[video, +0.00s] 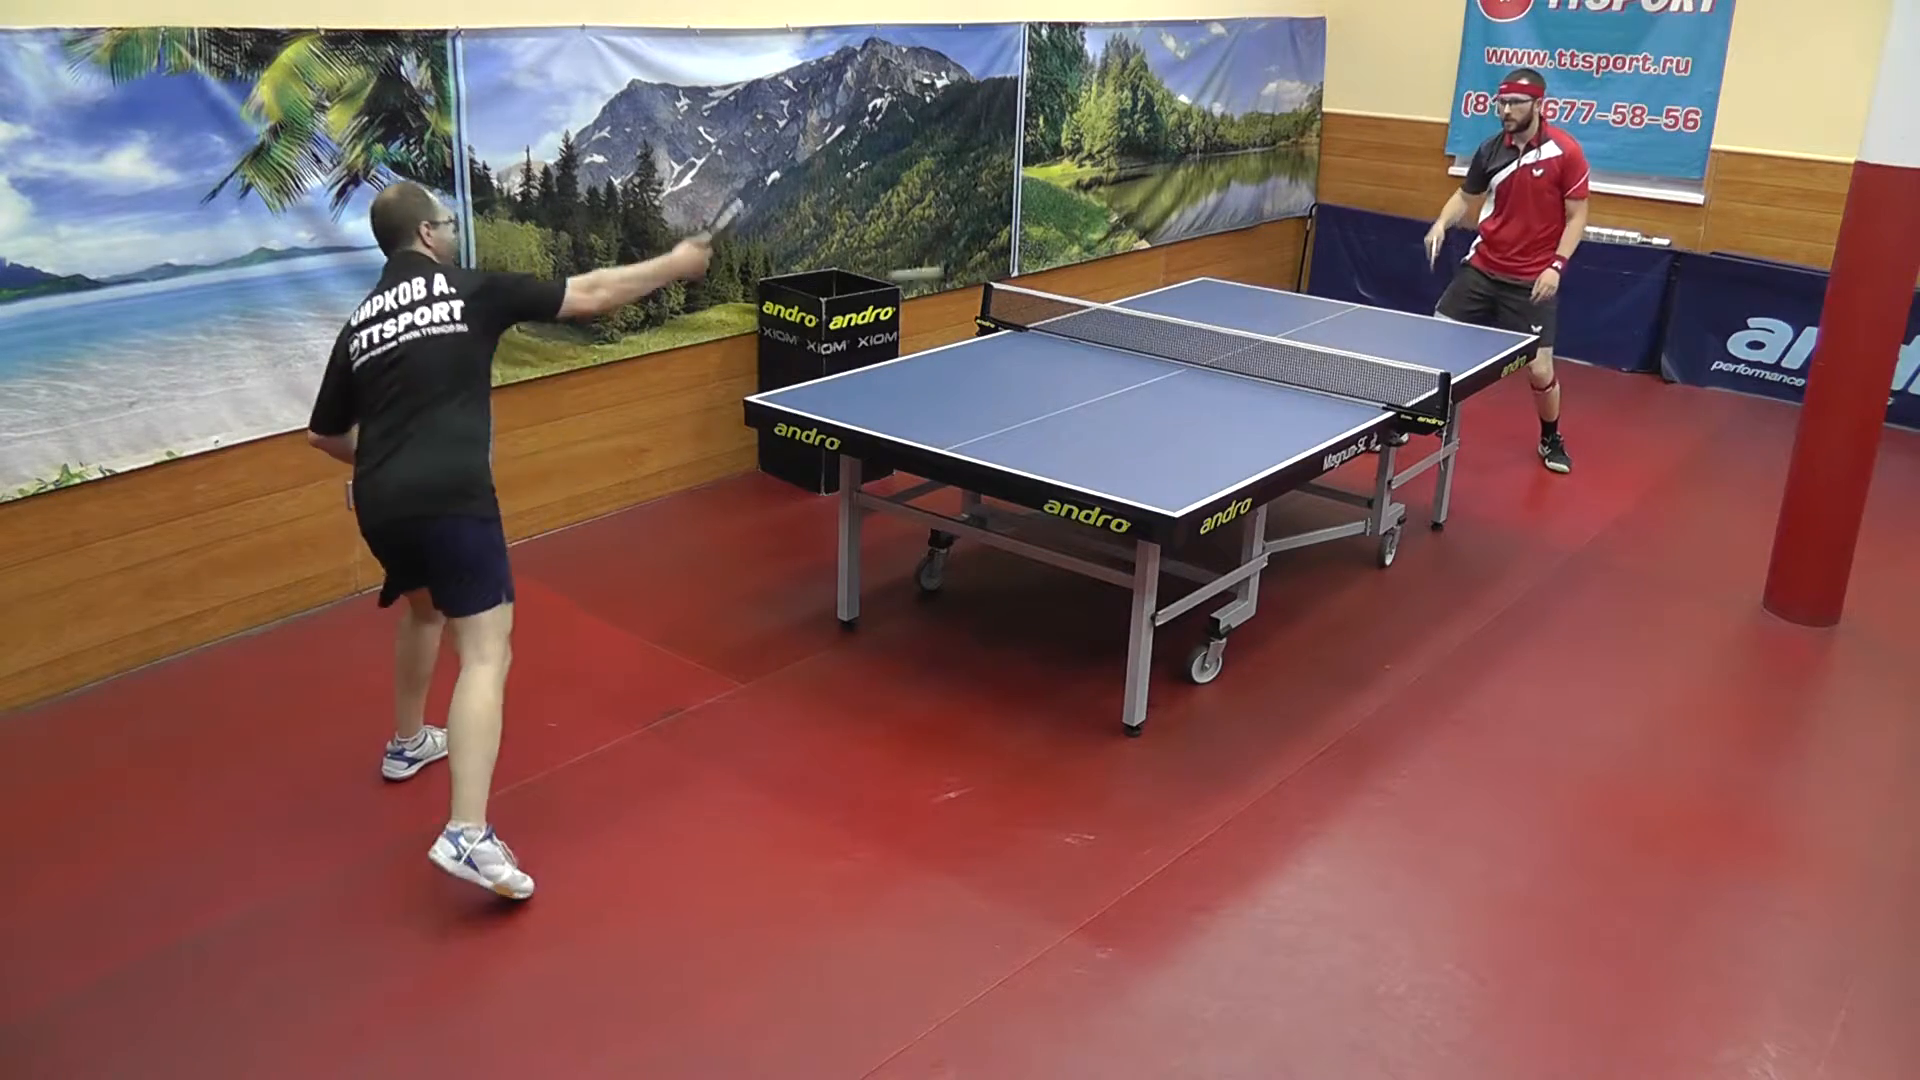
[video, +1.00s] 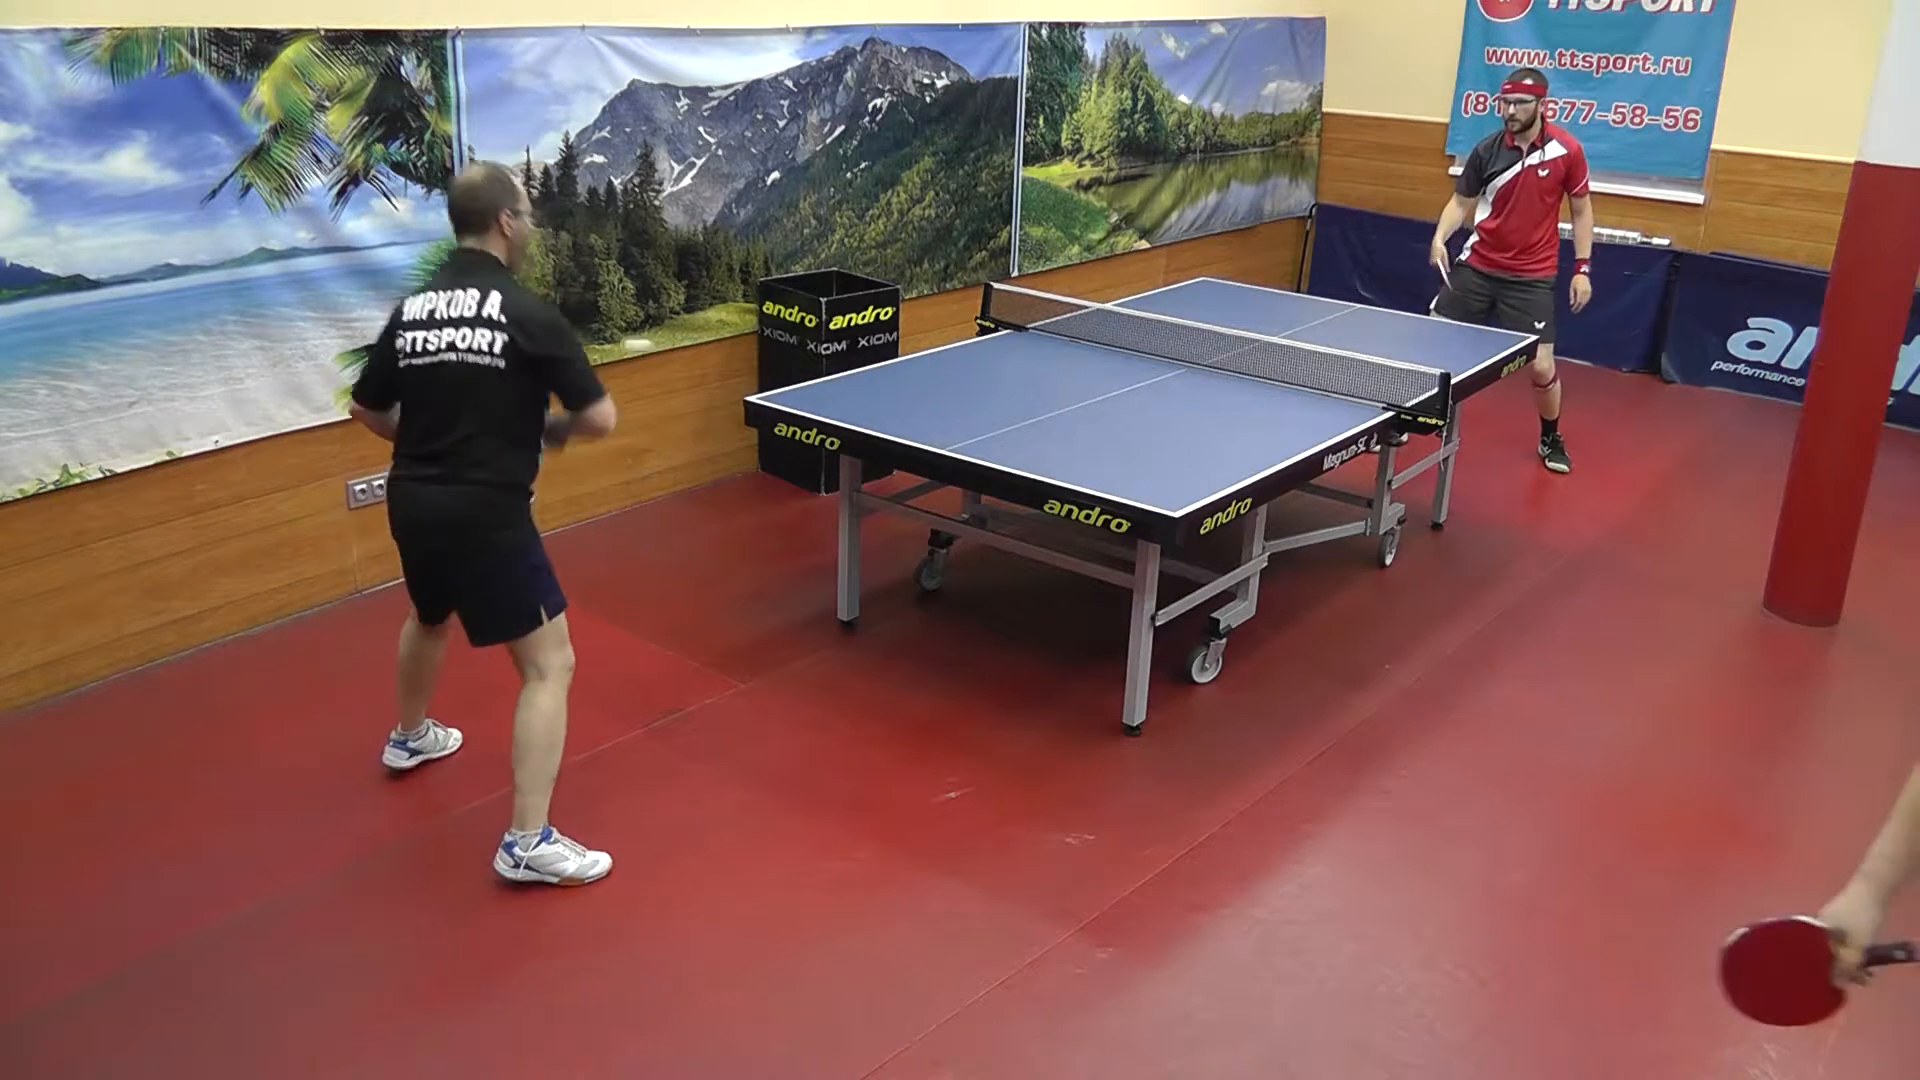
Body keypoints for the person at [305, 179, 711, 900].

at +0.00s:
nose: (452, 232)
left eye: (445, 221)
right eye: (445, 223)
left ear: (388, 244)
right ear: (429, 234)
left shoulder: (360, 325)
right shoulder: (474, 289)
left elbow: (326, 433)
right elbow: (587, 294)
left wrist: (382, 455)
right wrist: (675, 263)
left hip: (381, 503)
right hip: (456, 496)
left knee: (422, 609)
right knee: (484, 658)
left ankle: (409, 739)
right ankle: (468, 831)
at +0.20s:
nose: (462, 217)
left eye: (456, 206)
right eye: (455, 207)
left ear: (401, 227)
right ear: (435, 218)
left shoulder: (369, 304)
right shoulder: (469, 283)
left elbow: (339, 414)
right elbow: (552, 367)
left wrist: (397, 434)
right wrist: (637, 384)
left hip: (383, 483)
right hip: (453, 479)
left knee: (424, 605)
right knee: (497, 648)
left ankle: (407, 740)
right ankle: (512, 822)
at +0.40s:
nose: (510, 229)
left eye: (505, 218)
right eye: (503, 221)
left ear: (448, 237)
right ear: (478, 234)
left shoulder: (406, 307)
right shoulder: (491, 311)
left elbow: (377, 396)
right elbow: (543, 427)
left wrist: (450, 418)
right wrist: (611, 472)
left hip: (393, 501)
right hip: (455, 507)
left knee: (433, 613)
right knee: (512, 670)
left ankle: (408, 739)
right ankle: (522, 844)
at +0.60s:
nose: (554, 240)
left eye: (551, 228)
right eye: (547, 231)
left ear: (495, 243)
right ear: (518, 244)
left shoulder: (448, 299)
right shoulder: (502, 330)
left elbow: (446, 404)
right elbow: (518, 461)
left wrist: (527, 429)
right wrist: (587, 511)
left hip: (401, 502)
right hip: (449, 519)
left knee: (440, 620)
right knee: (517, 670)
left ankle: (406, 739)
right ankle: (521, 847)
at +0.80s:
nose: (576, 264)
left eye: (574, 251)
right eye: (571, 253)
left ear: (511, 258)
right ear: (546, 261)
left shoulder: (456, 313)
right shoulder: (525, 352)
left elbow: (442, 417)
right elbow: (551, 482)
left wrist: (513, 480)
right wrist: (575, 529)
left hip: (398, 511)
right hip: (454, 529)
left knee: (444, 615)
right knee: (542, 671)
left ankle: (407, 736)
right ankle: (522, 846)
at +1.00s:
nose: (531, 224)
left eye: (526, 211)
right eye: (526, 214)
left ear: (460, 225)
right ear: (506, 222)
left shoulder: (415, 307)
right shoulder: (529, 315)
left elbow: (370, 406)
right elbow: (599, 418)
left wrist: (429, 435)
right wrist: (549, 427)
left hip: (414, 505)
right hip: (490, 513)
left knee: (428, 618)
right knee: (548, 666)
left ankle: (408, 735)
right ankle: (527, 837)